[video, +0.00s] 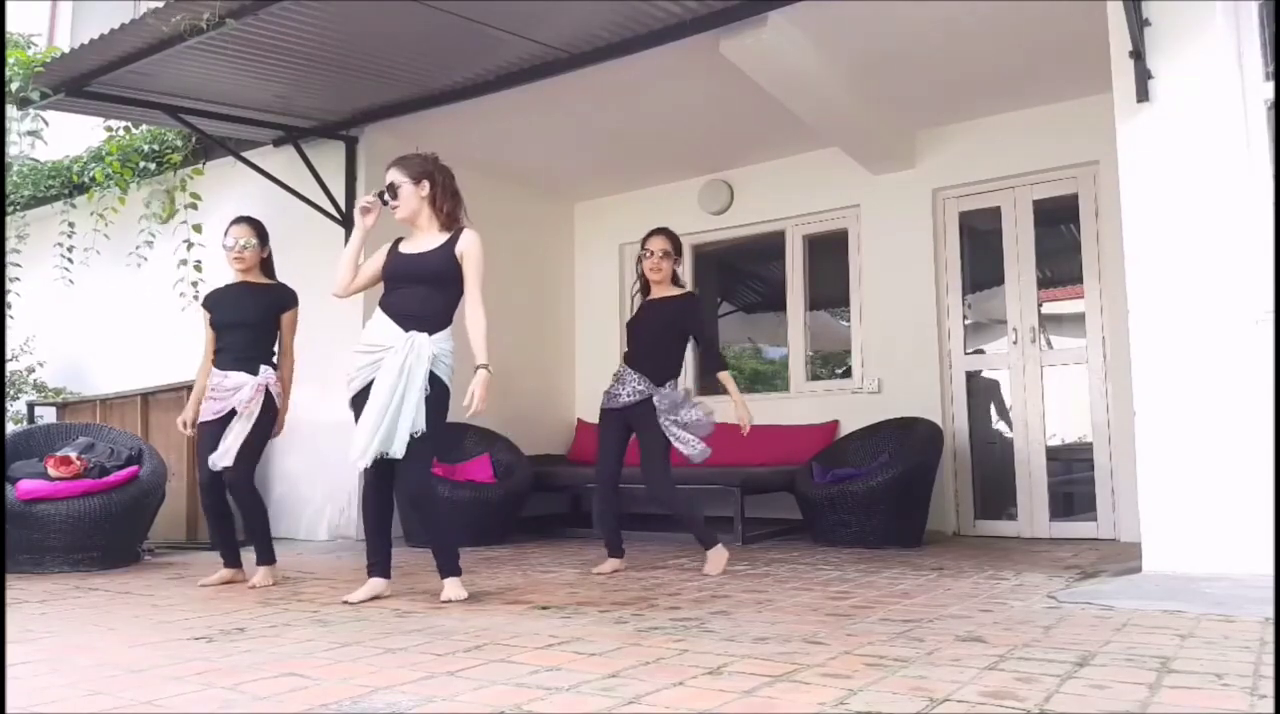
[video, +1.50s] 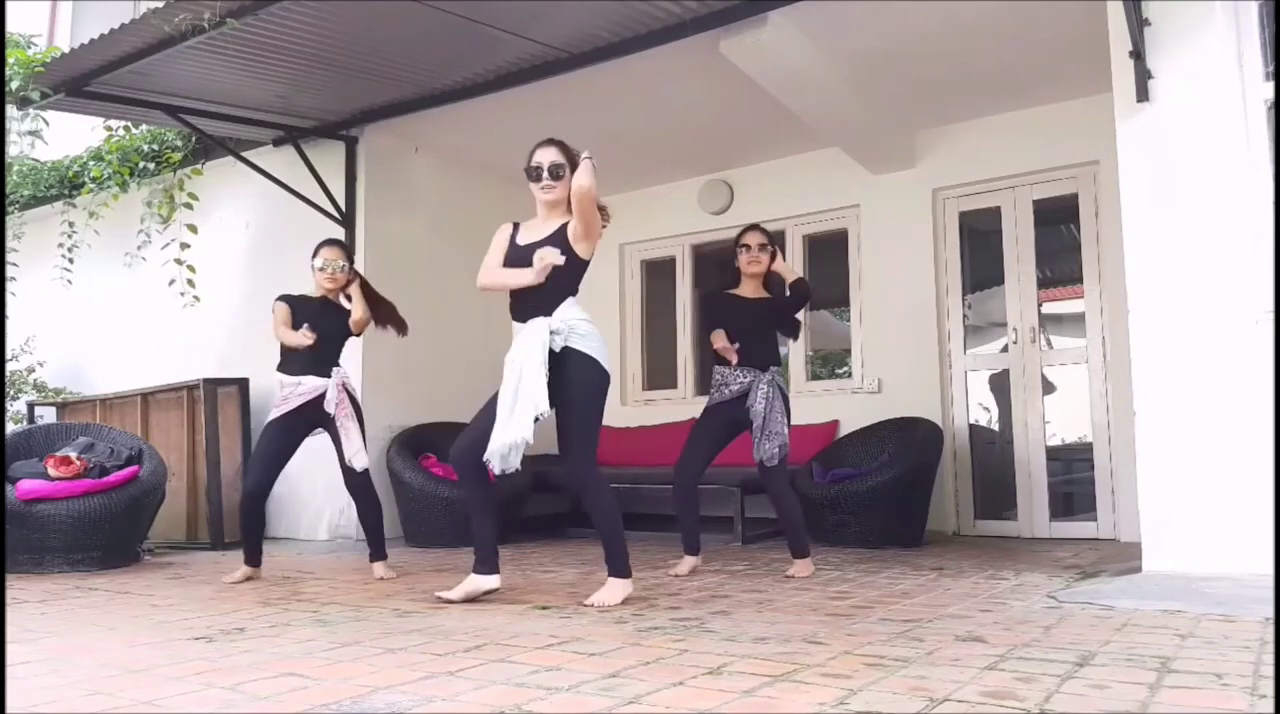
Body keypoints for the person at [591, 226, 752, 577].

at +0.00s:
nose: (655, 261)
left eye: (663, 255)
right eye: (648, 254)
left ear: (676, 261)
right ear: (641, 261)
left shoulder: (688, 302)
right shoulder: (645, 303)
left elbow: (711, 355)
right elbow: (635, 350)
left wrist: (738, 400)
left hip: (651, 400)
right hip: (618, 396)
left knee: (659, 487)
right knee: (605, 478)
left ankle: (714, 546)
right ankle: (614, 555)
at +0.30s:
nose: (700, 247)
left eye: (708, 240)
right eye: (695, 242)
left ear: (726, 246)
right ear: (691, 250)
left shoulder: (739, 283)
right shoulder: (693, 298)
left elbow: (730, 339)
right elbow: (679, 350)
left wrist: (703, 382)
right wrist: (652, 398)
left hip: (718, 384)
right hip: (681, 387)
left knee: (755, 466)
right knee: (647, 466)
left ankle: (806, 547)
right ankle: (617, 548)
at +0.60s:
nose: (727, 243)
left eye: (735, 236)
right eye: (721, 239)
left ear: (752, 243)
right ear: (716, 250)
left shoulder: (775, 285)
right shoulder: (715, 297)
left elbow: (790, 336)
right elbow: (713, 347)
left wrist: (750, 305)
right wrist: (727, 376)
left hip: (762, 391)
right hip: (721, 390)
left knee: (776, 476)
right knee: (689, 472)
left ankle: (811, 558)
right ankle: (697, 556)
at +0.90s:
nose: (708, 250)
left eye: (714, 244)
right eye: (700, 247)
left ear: (728, 251)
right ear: (693, 258)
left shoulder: (751, 293)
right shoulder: (693, 308)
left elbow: (787, 302)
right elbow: (680, 351)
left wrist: (746, 280)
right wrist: (656, 383)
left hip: (742, 393)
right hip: (697, 395)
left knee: (760, 476)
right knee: (692, 476)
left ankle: (785, 548)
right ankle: (674, 555)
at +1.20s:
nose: (713, 247)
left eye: (720, 241)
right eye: (705, 243)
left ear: (733, 248)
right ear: (698, 252)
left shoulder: (752, 294)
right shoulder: (692, 295)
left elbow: (791, 288)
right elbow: (656, 324)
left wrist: (753, 263)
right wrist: (625, 348)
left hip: (744, 394)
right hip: (700, 393)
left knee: (778, 466)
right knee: (692, 473)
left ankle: (754, 552)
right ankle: (679, 558)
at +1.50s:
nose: (753, 255)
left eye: (761, 249)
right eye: (746, 249)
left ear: (771, 258)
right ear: (736, 257)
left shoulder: (775, 302)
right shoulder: (717, 298)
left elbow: (802, 293)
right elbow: (713, 329)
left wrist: (784, 269)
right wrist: (720, 340)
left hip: (766, 391)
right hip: (727, 391)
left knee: (773, 474)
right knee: (685, 472)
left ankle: (802, 558)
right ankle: (691, 554)